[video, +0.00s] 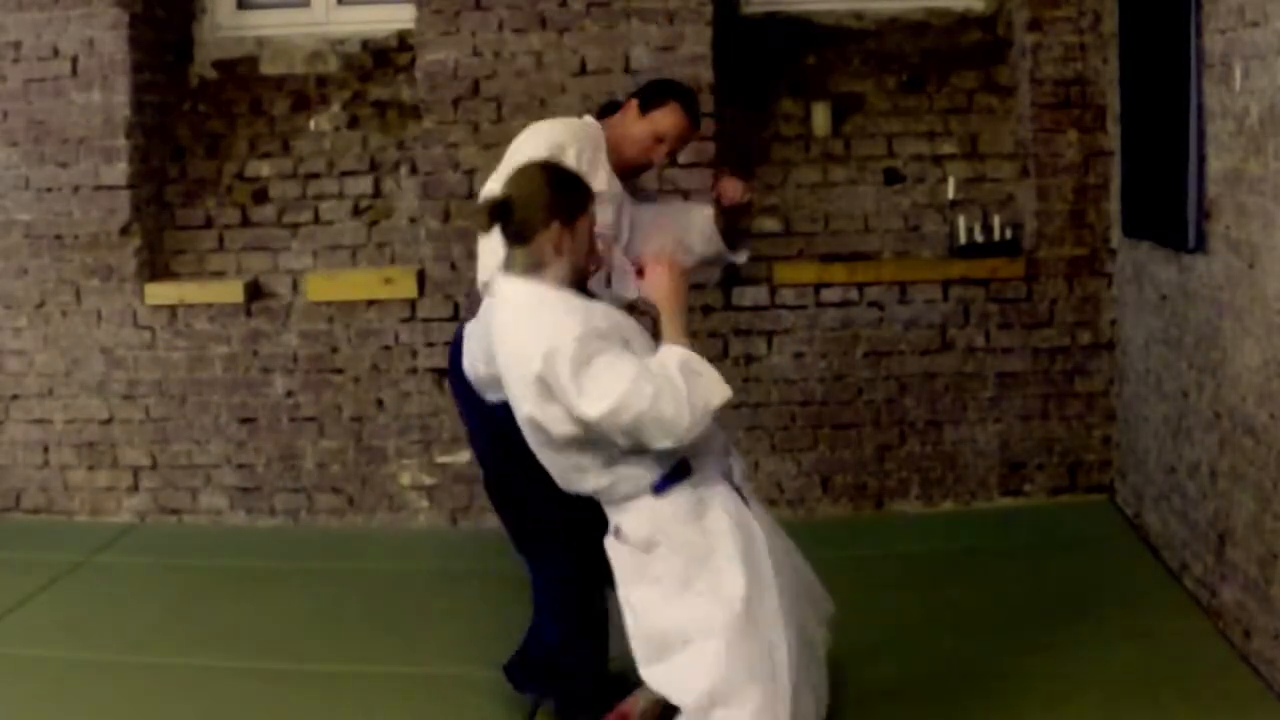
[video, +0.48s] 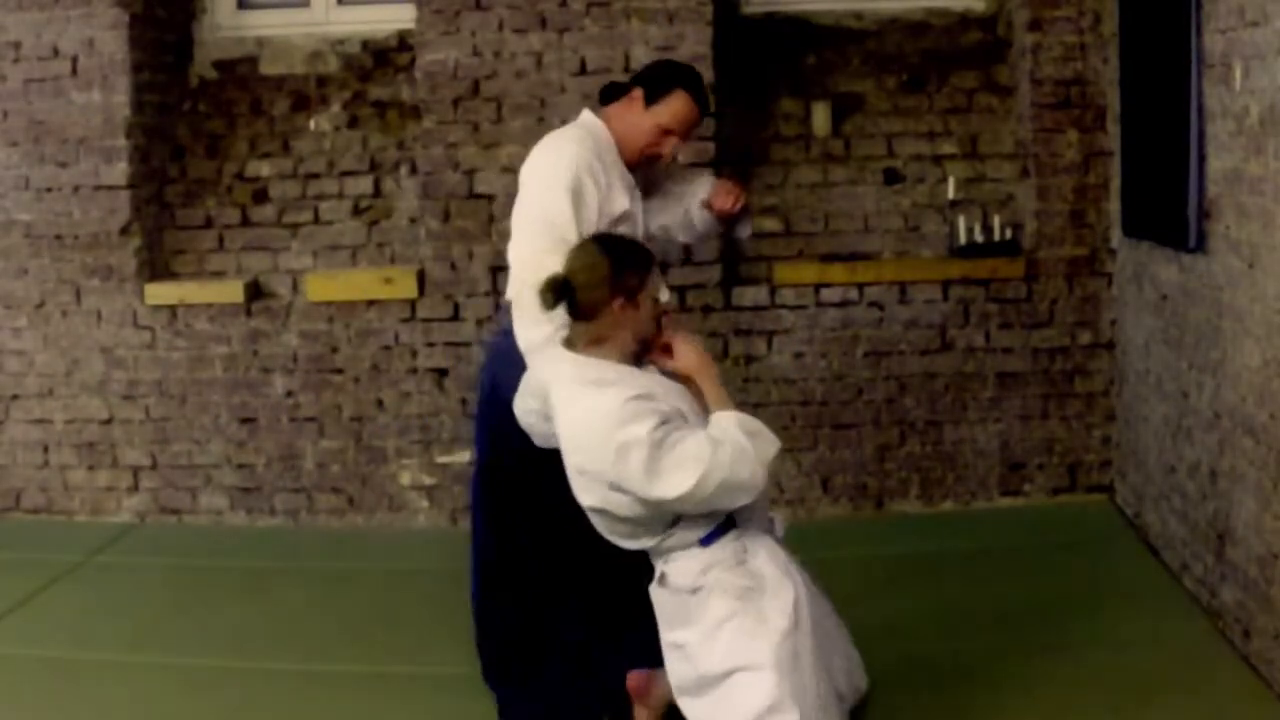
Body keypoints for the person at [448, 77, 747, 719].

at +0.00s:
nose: (661, 161)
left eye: (672, 152)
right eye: (660, 142)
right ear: (631, 112)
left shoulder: (622, 186)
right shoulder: (554, 145)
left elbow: (651, 240)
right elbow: (501, 222)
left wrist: (717, 215)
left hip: (554, 364)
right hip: (488, 356)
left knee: (580, 524)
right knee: (557, 528)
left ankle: (556, 672)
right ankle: (562, 681)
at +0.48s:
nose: (670, 151)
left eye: (681, 140)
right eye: (668, 133)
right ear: (635, 102)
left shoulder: (613, 162)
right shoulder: (565, 159)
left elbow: (648, 215)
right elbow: (538, 288)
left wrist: (705, 205)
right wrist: (578, 397)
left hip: (583, 367)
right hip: (534, 373)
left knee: (601, 545)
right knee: (545, 553)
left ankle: (611, 686)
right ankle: (553, 695)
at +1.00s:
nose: (710, 156)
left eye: (721, 144)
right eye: (711, 136)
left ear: (677, 106)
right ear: (680, 103)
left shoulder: (627, 147)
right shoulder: (619, 155)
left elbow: (662, 227)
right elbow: (599, 291)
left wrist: (726, 198)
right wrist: (660, 363)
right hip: (571, 358)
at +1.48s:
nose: (703, 157)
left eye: (713, 146)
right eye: (703, 137)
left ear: (660, 107)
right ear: (670, 106)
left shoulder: (589, 141)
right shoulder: (622, 161)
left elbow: (648, 225)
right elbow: (621, 301)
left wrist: (717, 197)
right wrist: (679, 384)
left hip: (536, 355)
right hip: (582, 360)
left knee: (554, 547)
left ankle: (543, 695)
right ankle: (668, 674)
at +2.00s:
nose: (703, 155)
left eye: (712, 143)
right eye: (703, 136)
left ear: (661, 103)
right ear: (669, 104)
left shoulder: (575, 143)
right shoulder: (624, 160)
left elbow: (643, 245)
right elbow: (631, 292)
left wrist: (705, 205)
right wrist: (686, 396)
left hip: (530, 351)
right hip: (587, 353)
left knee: (549, 540)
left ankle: (539, 694)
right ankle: (671, 665)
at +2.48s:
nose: (675, 132)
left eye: (684, 118)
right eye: (677, 112)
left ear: (622, 86)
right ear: (643, 88)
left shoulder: (517, 141)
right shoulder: (628, 147)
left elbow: (471, 237)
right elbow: (657, 276)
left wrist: (518, 297)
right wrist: (697, 390)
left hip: (519, 336)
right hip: (599, 326)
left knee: (524, 517)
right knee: (658, 494)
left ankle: (540, 679)